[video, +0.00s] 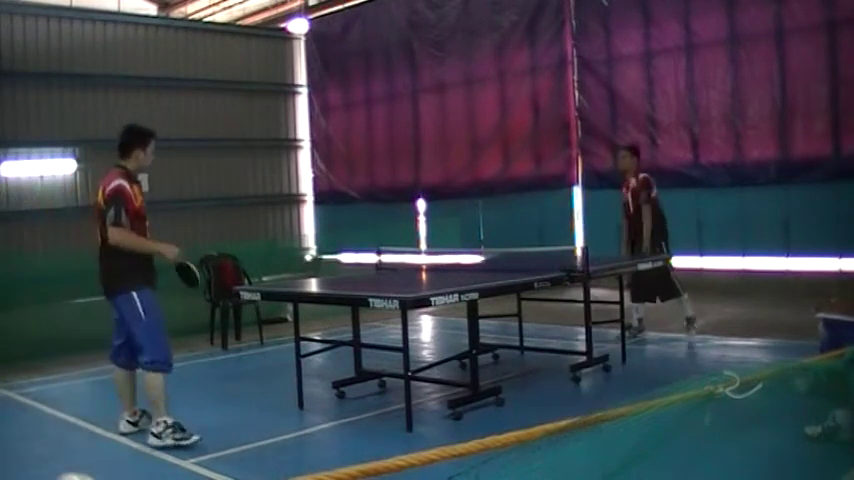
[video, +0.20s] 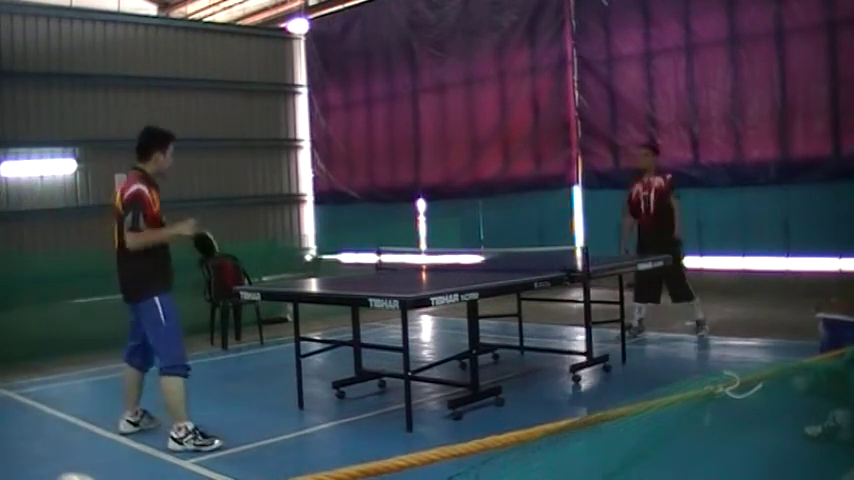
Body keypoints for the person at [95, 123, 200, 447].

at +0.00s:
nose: (152, 158)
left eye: (152, 152)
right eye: (150, 152)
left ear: (132, 151)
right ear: (137, 152)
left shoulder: (122, 182)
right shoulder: (119, 186)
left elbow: (127, 233)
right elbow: (115, 234)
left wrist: (158, 251)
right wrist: (160, 248)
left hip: (127, 280)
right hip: (129, 282)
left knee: (127, 349)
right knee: (154, 350)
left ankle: (130, 415)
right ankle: (162, 425)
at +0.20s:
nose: (170, 160)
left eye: (170, 154)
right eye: (168, 154)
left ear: (148, 154)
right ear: (156, 154)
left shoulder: (139, 185)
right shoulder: (138, 190)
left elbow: (144, 233)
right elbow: (133, 239)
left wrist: (181, 230)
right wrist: (177, 231)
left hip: (142, 287)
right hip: (149, 289)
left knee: (139, 352)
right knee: (173, 358)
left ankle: (131, 416)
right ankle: (181, 431)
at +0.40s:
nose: (193, 161)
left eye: (193, 155)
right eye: (192, 155)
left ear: (166, 154)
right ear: (179, 156)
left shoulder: (148, 182)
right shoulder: (164, 192)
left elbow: (127, 223)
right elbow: (162, 242)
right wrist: (204, 247)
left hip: (145, 283)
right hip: (162, 286)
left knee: (159, 344)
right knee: (186, 353)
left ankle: (140, 402)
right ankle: (183, 430)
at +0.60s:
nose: (211, 169)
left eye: (210, 162)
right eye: (208, 162)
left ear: (186, 161)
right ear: (196, 163)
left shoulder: (165, 184)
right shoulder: (180, 198)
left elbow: (137, 209)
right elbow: (176, 250)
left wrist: (148, 248)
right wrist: (206, 294)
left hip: (145, 283)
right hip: (162, 286)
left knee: (162, 347)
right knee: (187, 352)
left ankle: (159, 408)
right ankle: (183, 431)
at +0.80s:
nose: (223, 182)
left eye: (223, 175)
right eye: (221, 176)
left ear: (199, 173)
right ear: (208, 176)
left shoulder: (178, 195)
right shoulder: (185, 204)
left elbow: (158, 244)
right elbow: (168, 249)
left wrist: (168, 294)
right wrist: (170, 303)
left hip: (146, 286)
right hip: (154, 289)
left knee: (164, 347)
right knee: (182, 353)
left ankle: (162, 409)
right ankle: (183, 430)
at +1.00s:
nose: (229, 192)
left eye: (229, 186)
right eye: (227, 186)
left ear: (207, 182)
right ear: (215, 185)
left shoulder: (183, 201)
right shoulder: (190, 208)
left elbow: (157, 246)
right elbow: (164, 247)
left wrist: (161, 295)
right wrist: (163, 299)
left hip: (144, 286)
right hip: (151, 288)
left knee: (163, 349)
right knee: (176, 355)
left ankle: (163, 408)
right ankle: (182, 430)